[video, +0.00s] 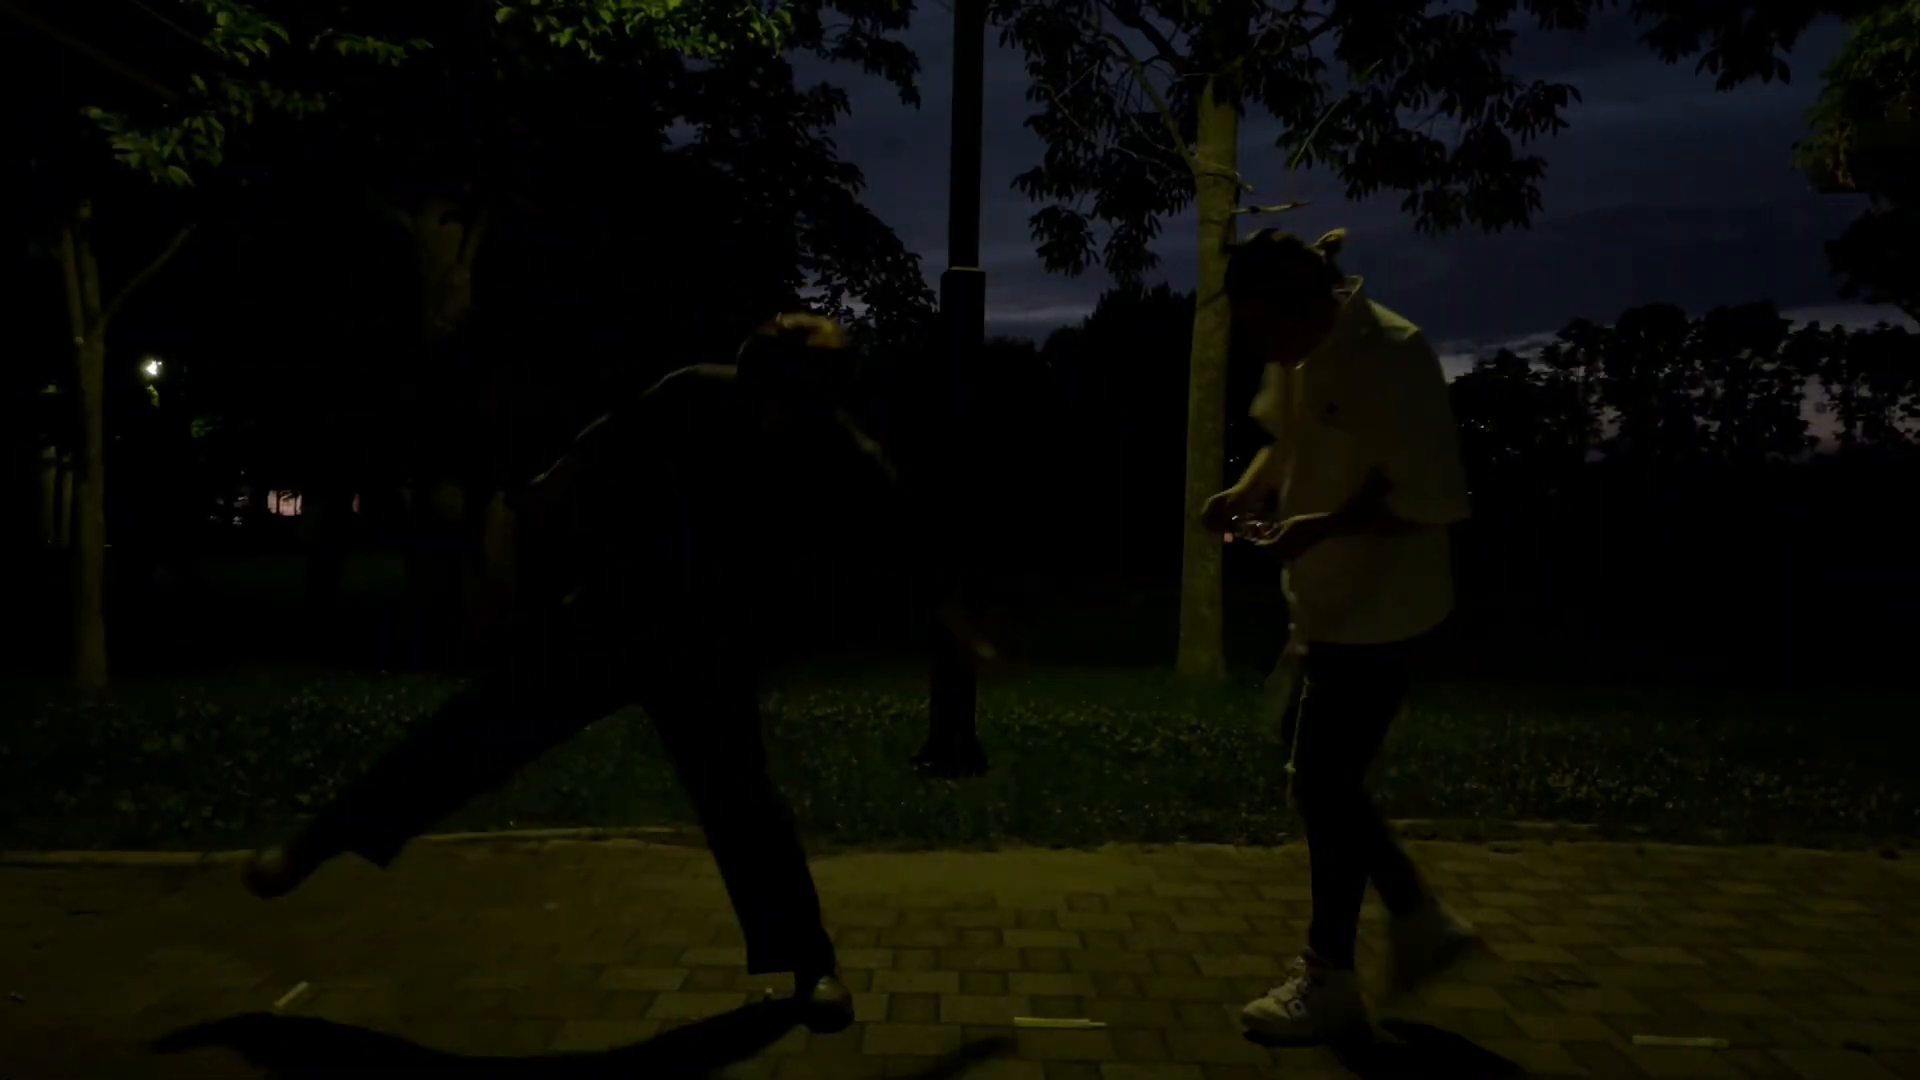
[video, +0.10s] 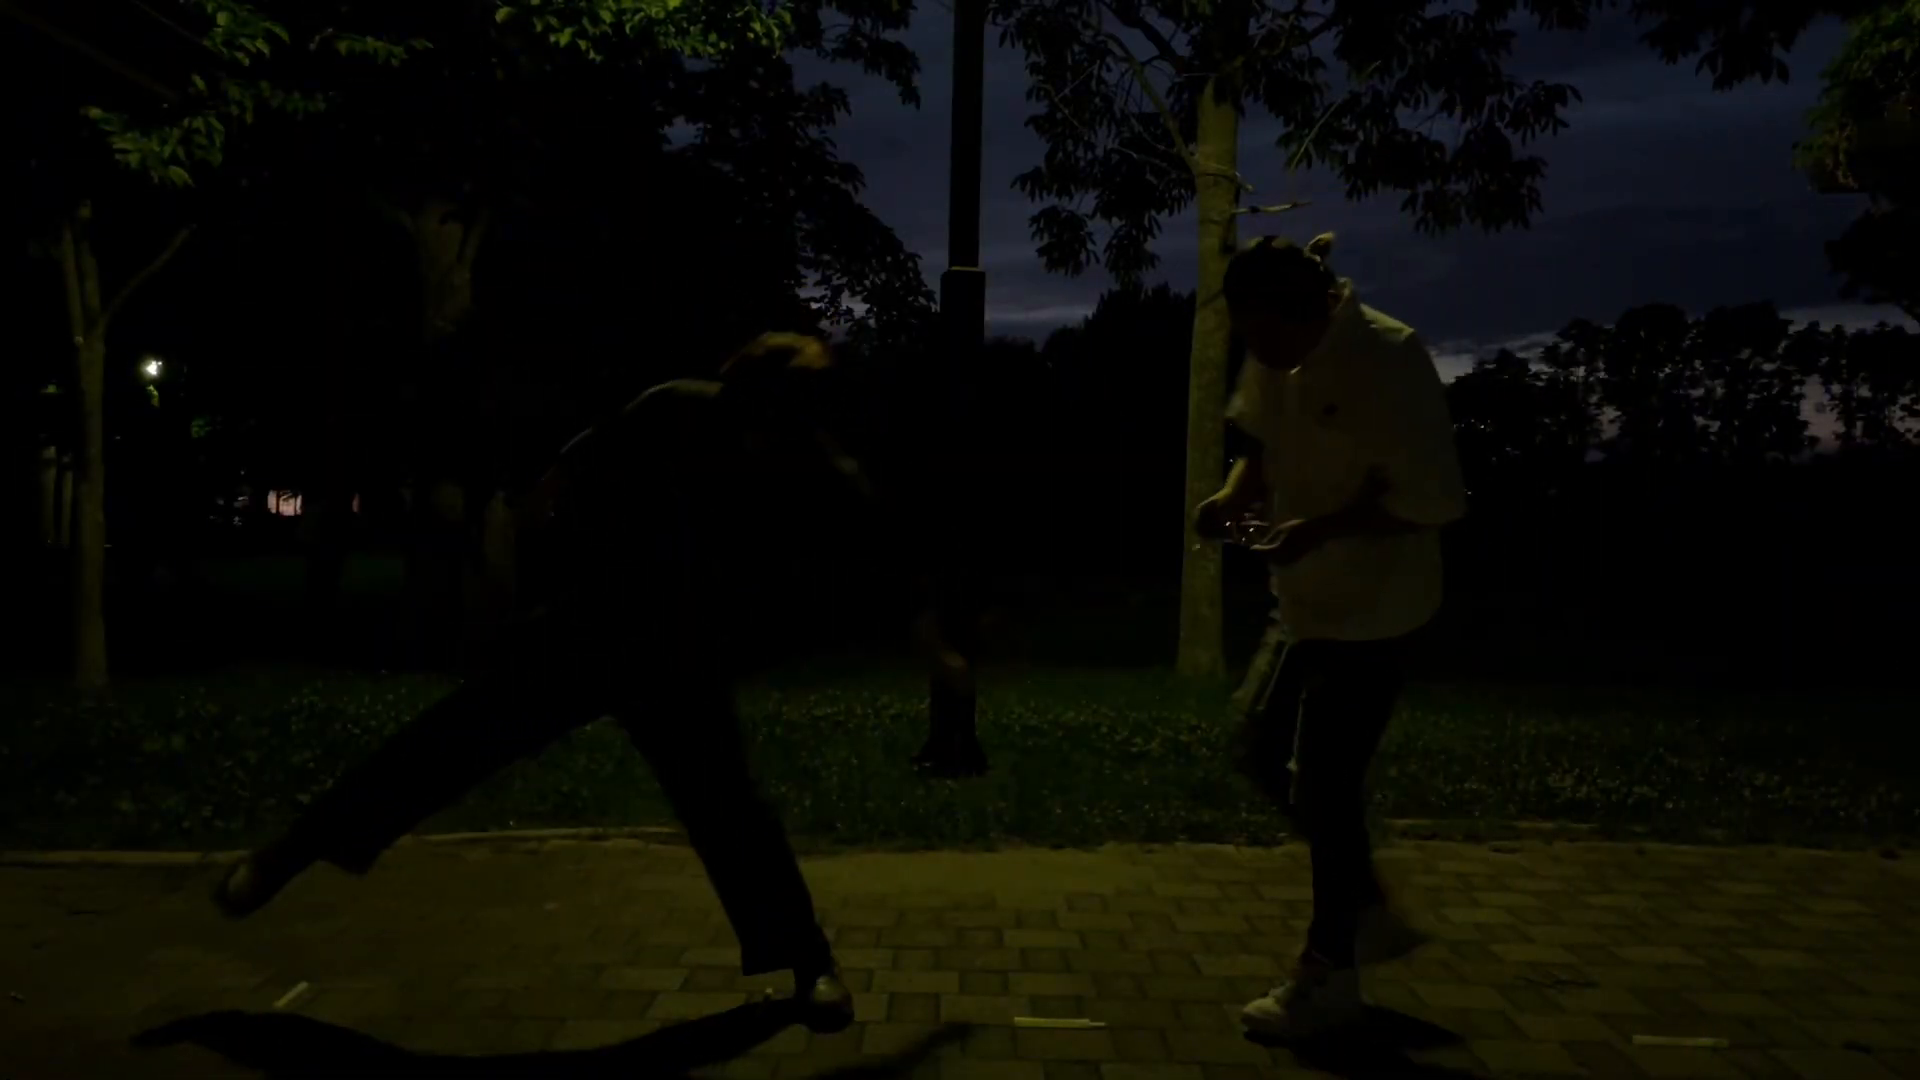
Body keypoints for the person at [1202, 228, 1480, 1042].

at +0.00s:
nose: (1262, 340)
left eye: (1267, 322)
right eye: (1254, 324)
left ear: (1300, 303)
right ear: (1274, 309)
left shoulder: (1392, 354)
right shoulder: (1303, 350)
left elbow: (1430, 497)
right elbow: (1288, 445)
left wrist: (1319, 526)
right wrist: (1242, 496)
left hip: (1386, 615)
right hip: (1328, 611)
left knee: (1328, 781)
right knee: (1320, 776)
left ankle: (1329, 979)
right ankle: (1421, 922)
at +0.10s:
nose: (1258, 348)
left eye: (1267, 331)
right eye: (1250, 333)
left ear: (1304, 309)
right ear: (1249, 318)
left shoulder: (1389, 354)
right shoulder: (1274, 348)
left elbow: (1430, 498)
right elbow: (1258, 445)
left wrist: (1316, 528)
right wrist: (1231, 498)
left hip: (1375, 614)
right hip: (1305, 607)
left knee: (1331, 786)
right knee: (1259, 752)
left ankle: (1329, 981)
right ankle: (1372, 915)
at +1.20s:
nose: (1496, 687)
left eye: (1506, 677)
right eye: (1487, 674)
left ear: (1526, 634)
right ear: (1458, 630)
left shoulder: (1532, 615)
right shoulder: (1384, 612)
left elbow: (1554, 741)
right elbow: (1348, 783)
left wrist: (1573, 847)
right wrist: (1375, 917)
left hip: (1421, 651)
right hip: (1308, 627)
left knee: (1496, 792)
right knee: (1241, 773)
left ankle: (1512, 963)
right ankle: (1165, 945)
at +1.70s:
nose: (1523, 829)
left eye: (1540, 822)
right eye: (1519, 815)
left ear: (1569, 751)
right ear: (1496, 764)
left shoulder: (1566, 725)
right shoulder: (1412, 725)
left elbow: (1599, 847)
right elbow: (1360, 880)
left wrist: (1650, 968)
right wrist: (1384, 1019)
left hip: (1435, 606)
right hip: (1329, 616)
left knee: (1526, 800)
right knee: (1256, 782)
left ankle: (1514, 970)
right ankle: (1165, 947)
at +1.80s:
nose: (1526, 835)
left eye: (1543, 826)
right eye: (1523, 822)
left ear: (1571, 756)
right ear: (1497, 775)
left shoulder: (1568, 728)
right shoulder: (1416, 726)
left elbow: (1600, 846)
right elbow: (1364, 879)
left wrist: (1651, 967)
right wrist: (1386, 1018)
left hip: (1437, 604)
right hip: (1332, 615)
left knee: (1530, 799)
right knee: (1259, 781)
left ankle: (1513, 968)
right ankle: (1165, 950)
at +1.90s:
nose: (1529, 835)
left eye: (1546, 826)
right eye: (1526, 822)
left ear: (1578, 758)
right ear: (1499, 774)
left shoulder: (1573, 730)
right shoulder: (1422, 728)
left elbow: (1602, 849)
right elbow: (1365, 880)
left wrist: (1652, 968)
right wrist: (1387, 1018)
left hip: (1439, 605)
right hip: (1335, 615)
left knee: (1531, 799)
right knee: (1261, 781)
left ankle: (1513, 968)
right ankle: (1166, 948)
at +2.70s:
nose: (1527, 797)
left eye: (1543, 788)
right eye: (1518, 778)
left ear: (1567, 731)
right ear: (1493, 726)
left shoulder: (1564, 702)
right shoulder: (1408, 684)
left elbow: (1609, 822)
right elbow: (1319, 798)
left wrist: (1654, 936)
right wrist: (1330, 931)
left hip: (1446, 618)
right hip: (1336, 622)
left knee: (1532, 796)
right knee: (1262, 779)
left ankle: (1515, 965)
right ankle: (1166, 946)